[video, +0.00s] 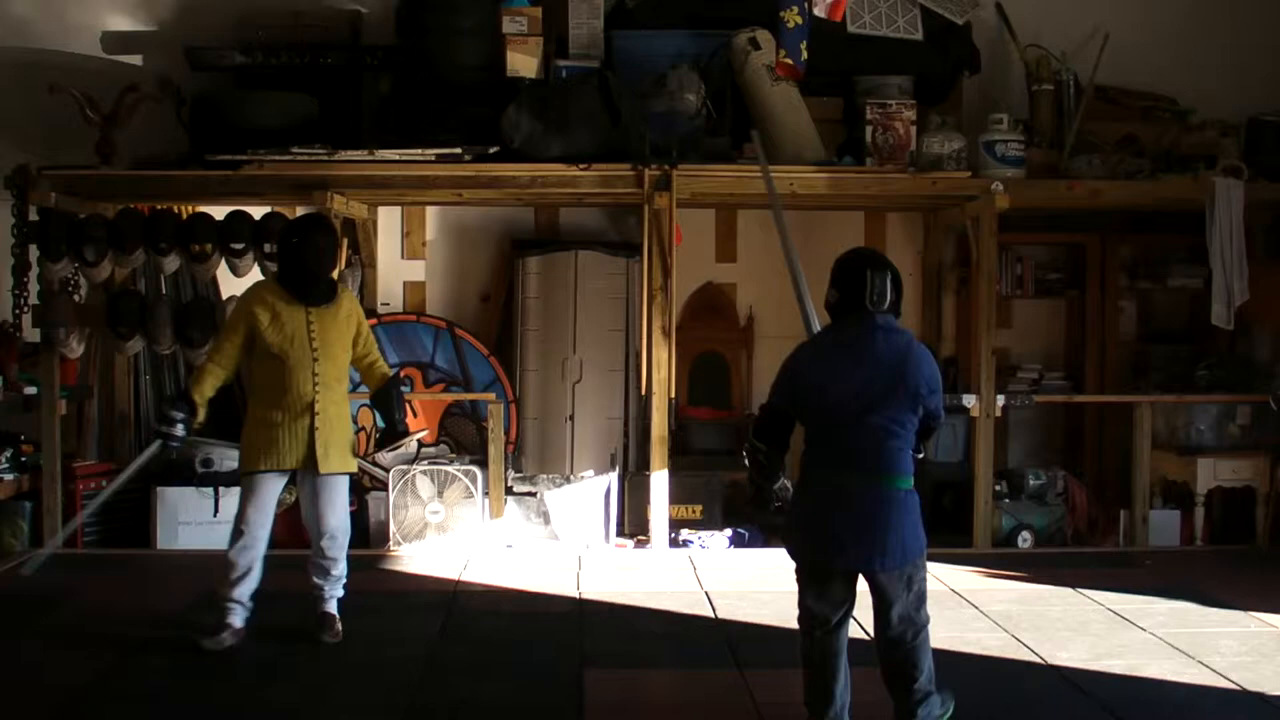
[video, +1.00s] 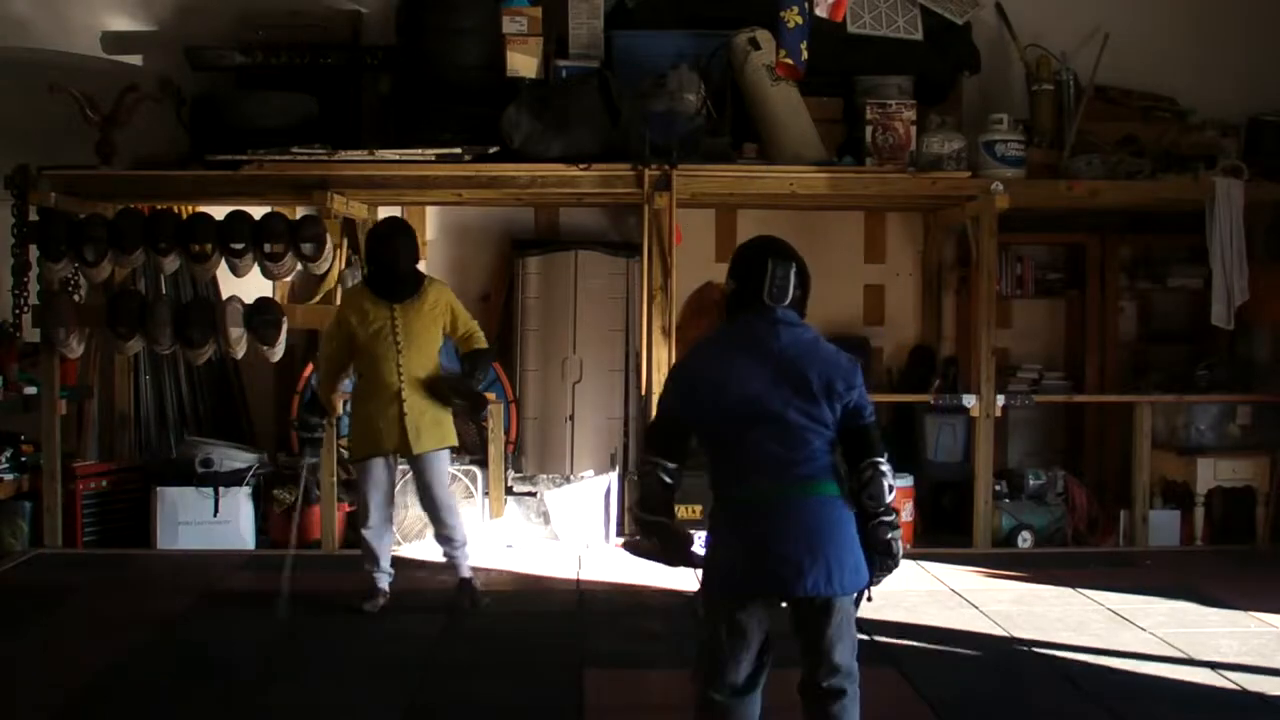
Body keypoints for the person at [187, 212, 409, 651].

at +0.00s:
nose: (326, 262)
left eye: (331, 253)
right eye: (317, 252)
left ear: (336, 258)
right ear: (293, 254)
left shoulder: (346, 306)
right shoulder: (258, 302)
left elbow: (369, 359)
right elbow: (221, 359)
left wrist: (389, 389)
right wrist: (192, 403)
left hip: (330, 440)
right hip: (271, 439)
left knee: (332, 531)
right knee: (249, 530)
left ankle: (329, 607)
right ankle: (234, 617)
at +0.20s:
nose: (348, 262)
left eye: (350, 253)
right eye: (337, 253)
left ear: (354, 257)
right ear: (311, 255)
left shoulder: (365, 305)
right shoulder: (277, 301)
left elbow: (386, 359)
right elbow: (251, 362)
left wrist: (407, 390)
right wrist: (237, 404)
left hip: (345, 434)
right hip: (288, 432)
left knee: (338, 525)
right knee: (279, 515)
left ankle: (330, 601)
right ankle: (304, 579)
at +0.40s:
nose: (349, 270)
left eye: (356, 261)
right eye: (340, 260)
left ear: (365, 263)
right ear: (323, 261)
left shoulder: (380, 309)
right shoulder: (296, 304)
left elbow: (405, 365)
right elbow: (277, 366)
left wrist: (430, 412)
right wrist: (276, 417)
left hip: (363, 427)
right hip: (312, 429)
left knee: (351, 517)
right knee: (330, 516)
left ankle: (335, 601)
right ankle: (365, 574)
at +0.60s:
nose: (356, 280)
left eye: (363, 270)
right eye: (347, 271)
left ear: (375, 267)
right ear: (332, 270)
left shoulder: (397, 307)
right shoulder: (313, 313)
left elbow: (421, 358)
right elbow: (298, 371)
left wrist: (445, 396)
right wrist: (299, 414)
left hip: (386, 427)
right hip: (336, 428)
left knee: (367, 510)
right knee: (352, 511)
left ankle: (346, 588)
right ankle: (378, 581)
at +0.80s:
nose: (364, 266)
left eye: (372, 256)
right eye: (356, 257)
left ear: (389, 256)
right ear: (346, 259)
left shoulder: (413, 299)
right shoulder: (332, 306)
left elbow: (444, 339)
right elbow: (321, 373)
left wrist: (465, 374)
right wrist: (313, 426)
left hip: (404, 420)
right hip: (355, 424)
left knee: (391, 502)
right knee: (362, 510)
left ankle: (393, 585)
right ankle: (374, 583)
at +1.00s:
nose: (394, 272)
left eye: (400, 262)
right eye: (386, 262)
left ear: (414, 259)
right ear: (373, 262)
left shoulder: (437, 294)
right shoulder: (355, 302)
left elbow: (471, 335)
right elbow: (331, 358)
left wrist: (474, 371)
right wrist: (323, 400)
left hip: (428, 416)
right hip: (374, 420)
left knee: (439, 500)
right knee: (374, 509)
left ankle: (464, 575)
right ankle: (379, 584)